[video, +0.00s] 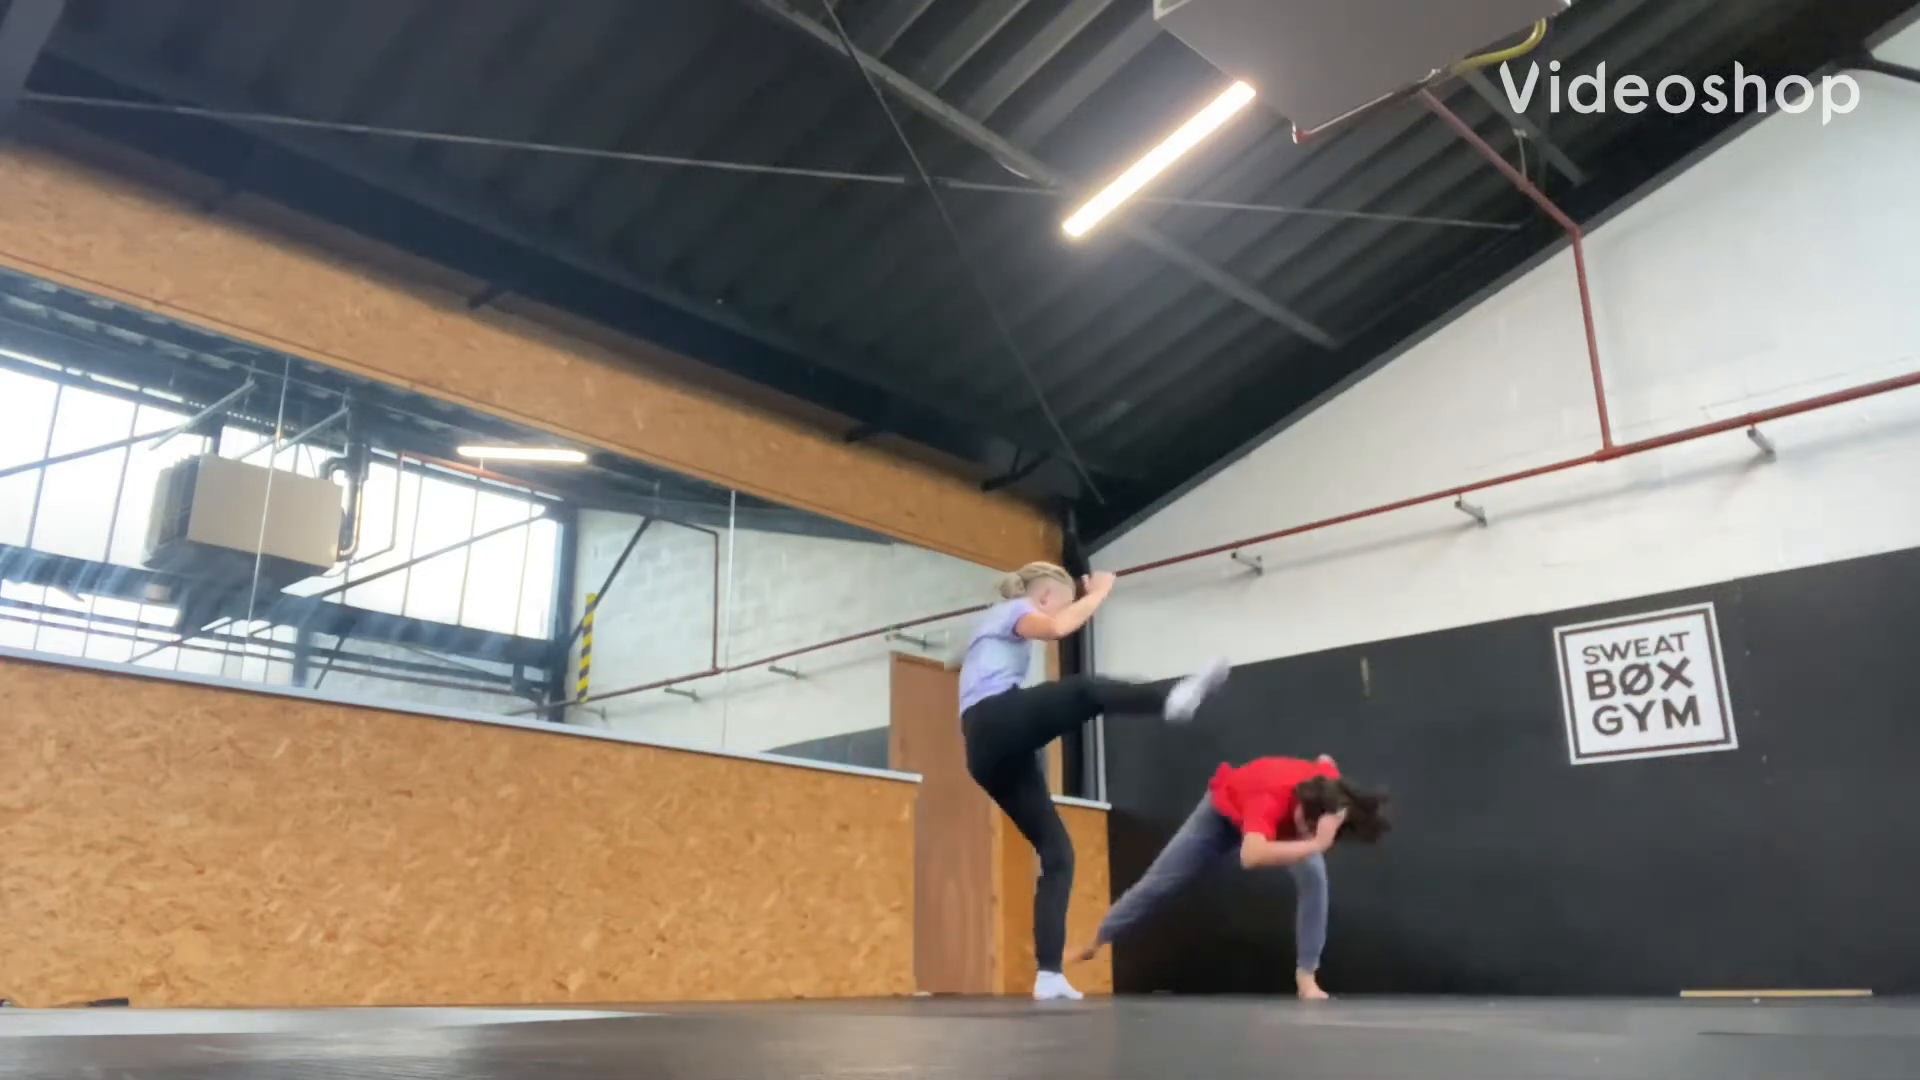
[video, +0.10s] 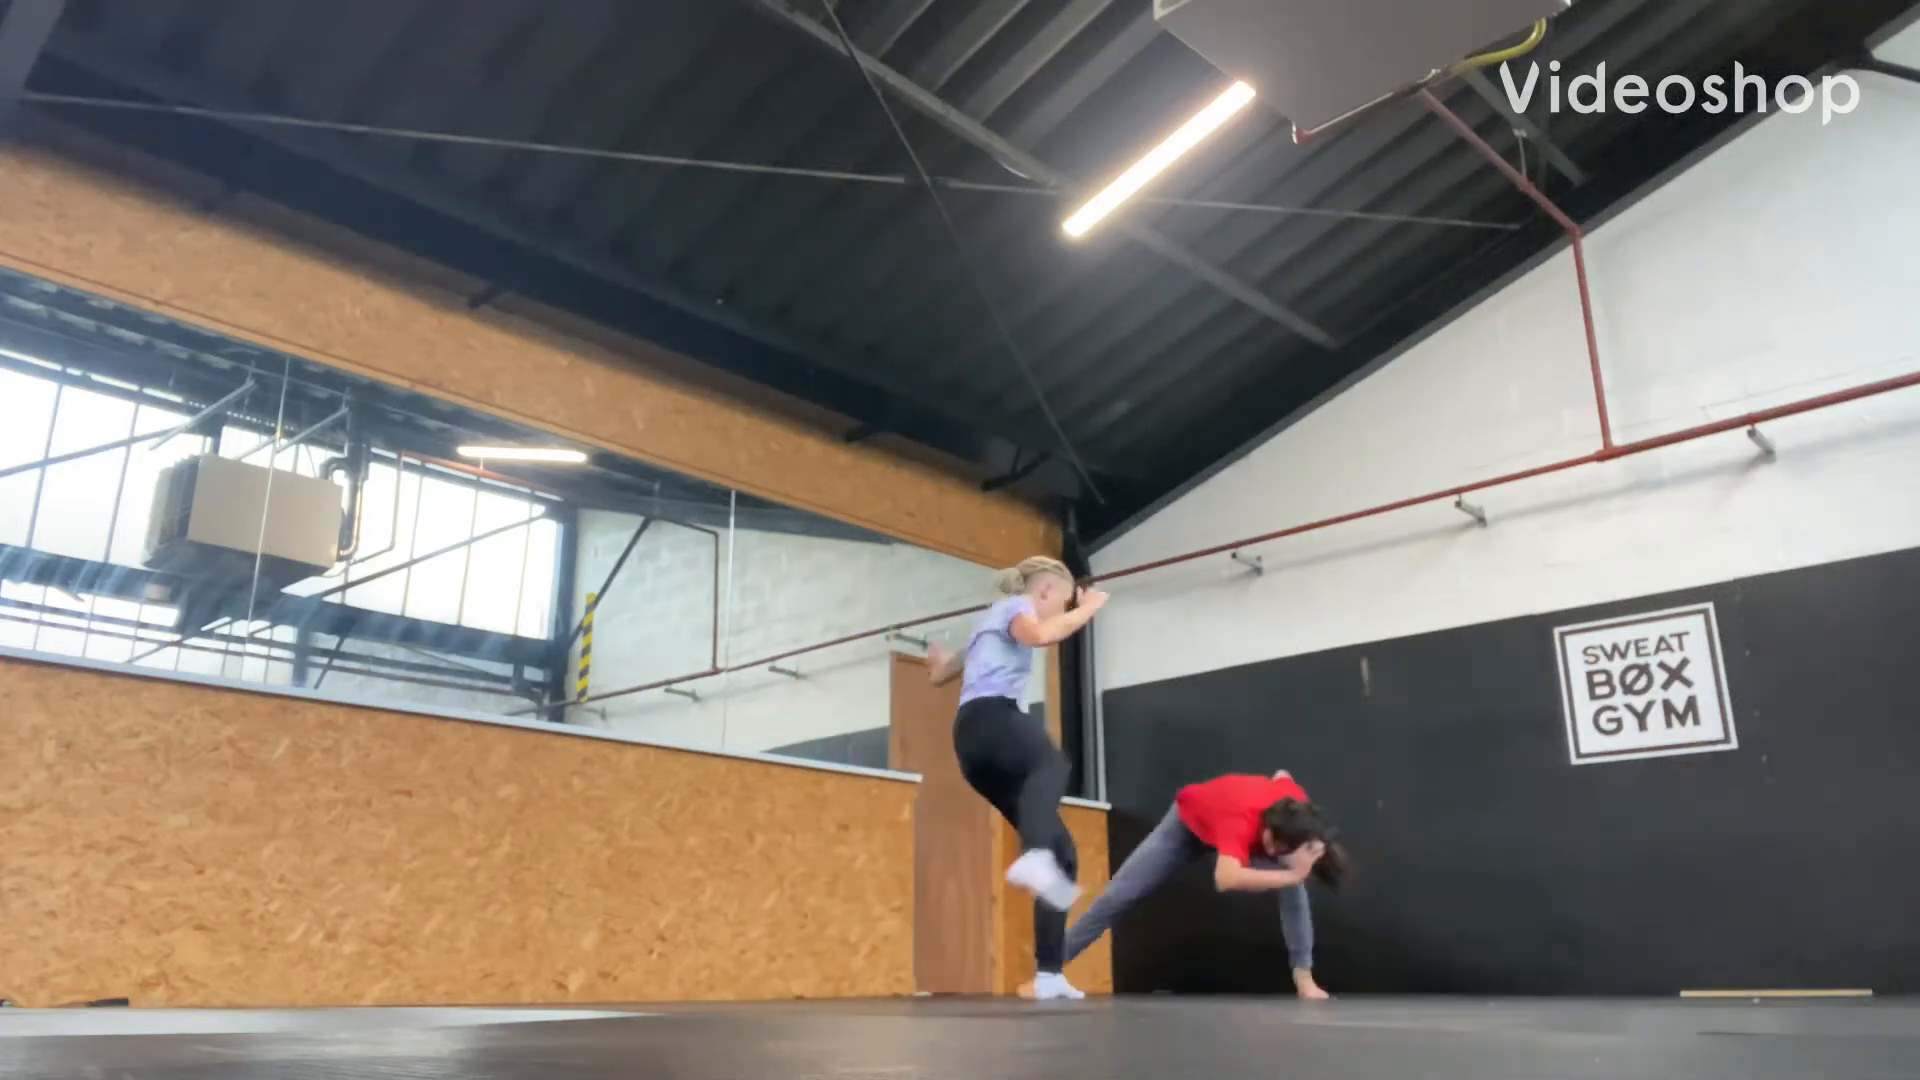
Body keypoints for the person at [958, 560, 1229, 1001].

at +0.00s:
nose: (1057, 614)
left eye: (1061, 607)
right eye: (1056, 604)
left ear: (1039, 600)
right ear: (1038, 594)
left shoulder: (996, 635)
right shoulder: (1008, 610)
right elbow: (1055, 626)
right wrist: (1098, 595)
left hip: (989, 758)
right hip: (997, 719)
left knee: (1057, 854)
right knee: (1085, 692)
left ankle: (1049, 976)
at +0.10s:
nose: (1064, 610)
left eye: (1067, 604)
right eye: (1064, 602)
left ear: (1029, 591)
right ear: (1044, 588)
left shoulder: (989, 626)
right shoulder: (1017, 605)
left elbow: (944, 672)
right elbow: (1033, 633)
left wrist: (939, 666)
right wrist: (1083, 612)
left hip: (973, 750)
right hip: (990, 718)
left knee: (1060, 850)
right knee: (1050, 764)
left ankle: (1049, 975)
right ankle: (1035, 854)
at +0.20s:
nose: (1062, 611)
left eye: (1065, 604)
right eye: (1062, 601)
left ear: (1035, 591)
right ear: (1044, 589)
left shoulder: (995, 625)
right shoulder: (1014, 605)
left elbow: (943, 692)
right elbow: (1021, 640)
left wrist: (952, 738)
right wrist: (1071, 621)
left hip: (991, 751)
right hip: (976, 739)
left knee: (1059, 851)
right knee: (986, 838)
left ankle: (1050, 975)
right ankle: (922, 956)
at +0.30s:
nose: (1056, 614)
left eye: (1059, 606)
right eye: (1056, 603)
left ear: (1030, 593)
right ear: (1041, 592)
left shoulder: (1015, 633)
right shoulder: (999, 613)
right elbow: (993, 657)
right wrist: (1053, 643)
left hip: (988, 762)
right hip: (952, 747)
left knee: (1056, 851)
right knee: (970, 848)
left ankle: (1048, 976)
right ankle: (913, 976)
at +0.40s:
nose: (1048, 608)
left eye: (1050, 601)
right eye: (1046, 598)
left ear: (1027, 596)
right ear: (1030, 592)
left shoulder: (1012, 635)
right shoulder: (991, 614)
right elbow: (979, 661)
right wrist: (1048, 651)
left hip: (979, 763)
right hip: (944, 752)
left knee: (1047, 847)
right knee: (963, 846)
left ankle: (1038, 971)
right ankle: (910, 977)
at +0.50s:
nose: (1036, 605)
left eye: (1038, 597)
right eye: (1035, 594)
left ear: (1004, 587)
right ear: (1022, 588)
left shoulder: (996, 633)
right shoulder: (987, 613)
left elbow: (973, 717)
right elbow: (1020, 647)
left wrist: (1001, 765)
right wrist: (1073, 625)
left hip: (977, 762)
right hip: (945, 751)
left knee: (1048, 848)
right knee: (970, 849)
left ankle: (1000, 960)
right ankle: (912, 978)